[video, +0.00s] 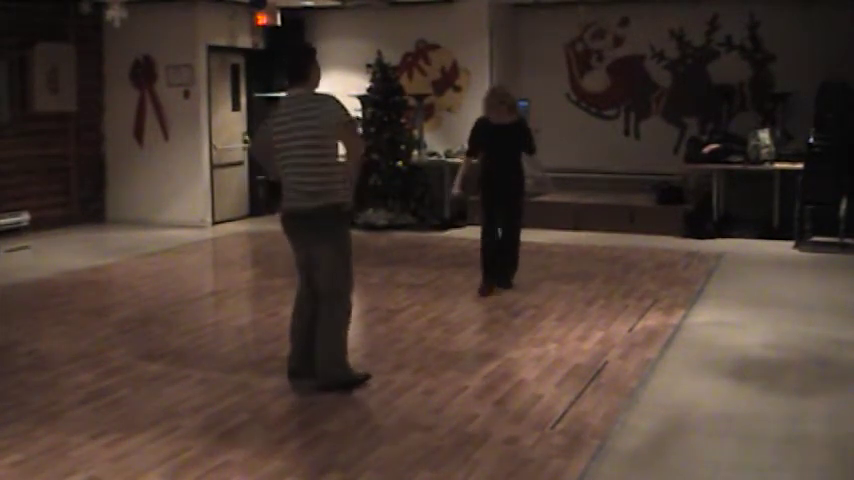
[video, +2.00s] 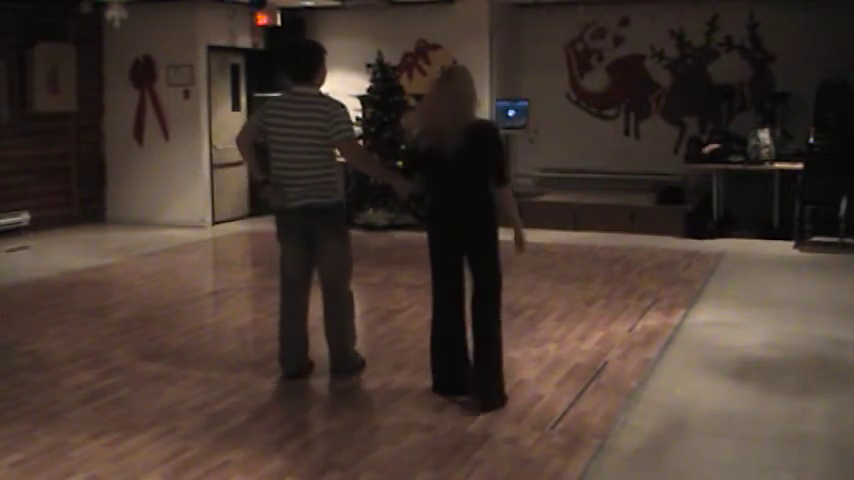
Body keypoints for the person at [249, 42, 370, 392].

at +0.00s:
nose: (320, 72)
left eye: (316, 66)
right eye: (317, 66)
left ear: (287, 73)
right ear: (312, 70)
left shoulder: (279, 112)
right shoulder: (328, 104)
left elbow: (259, 151)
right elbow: (356, 146)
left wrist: (282, 176)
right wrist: (349, 185)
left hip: (294, 212)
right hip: (328, 210)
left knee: (308, 286)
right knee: (336, 290)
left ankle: (300, 364)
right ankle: (333, 369)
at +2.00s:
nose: (326, 71)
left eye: (324, 64)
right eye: (324, 65)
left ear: (288, 69)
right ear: (318, 69)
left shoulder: (271, 106)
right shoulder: (329, 108)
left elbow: (243, 140)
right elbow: (352, 153)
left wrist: (258, 173)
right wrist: (393, 179)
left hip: (287, 210)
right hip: (327, 208)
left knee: (293, 287)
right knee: (336, 285)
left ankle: (293, 362)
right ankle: (344, 360)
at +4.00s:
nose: (304, 72)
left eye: (301, 65)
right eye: (302, 65)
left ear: (266, 70)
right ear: (295, 69)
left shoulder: (251, 111)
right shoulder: (311, 111)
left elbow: (232, 163)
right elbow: (329, 167)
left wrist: (259, 188)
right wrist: (371, 193)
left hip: (263, 225)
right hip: (307, 224)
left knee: (265, 305)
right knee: (325, 298)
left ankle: (269, 389)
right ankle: (333, 375)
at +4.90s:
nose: (307, 72)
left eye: (303, 65)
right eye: (306, 66)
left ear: (270, 71)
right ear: (303, 70)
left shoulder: (256, 114)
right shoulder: (317, 113)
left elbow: (240, 168)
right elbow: (336, 172)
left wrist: (264, 193)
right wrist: (379, 192)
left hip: (270, 226)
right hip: (314, 225)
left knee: (268, 305)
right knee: (331, 299)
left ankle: (269, 388)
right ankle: (335, 374)